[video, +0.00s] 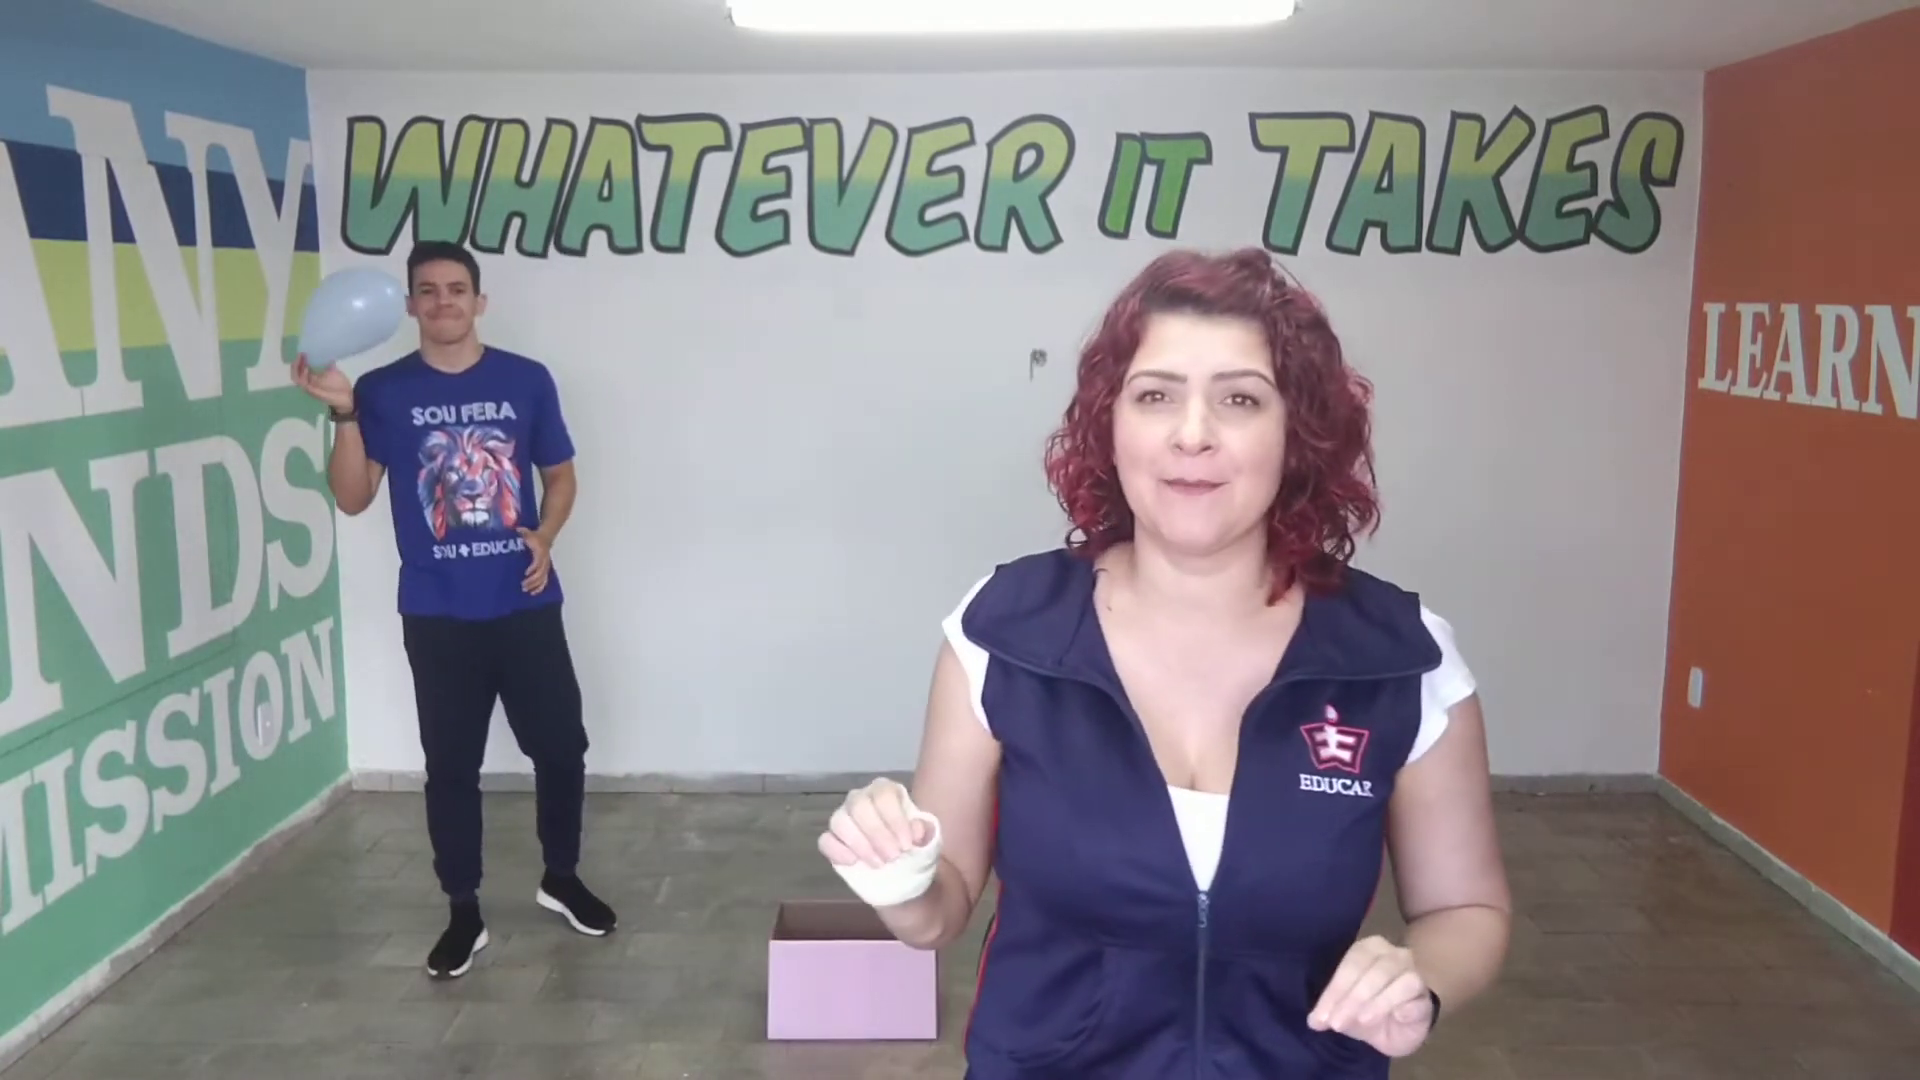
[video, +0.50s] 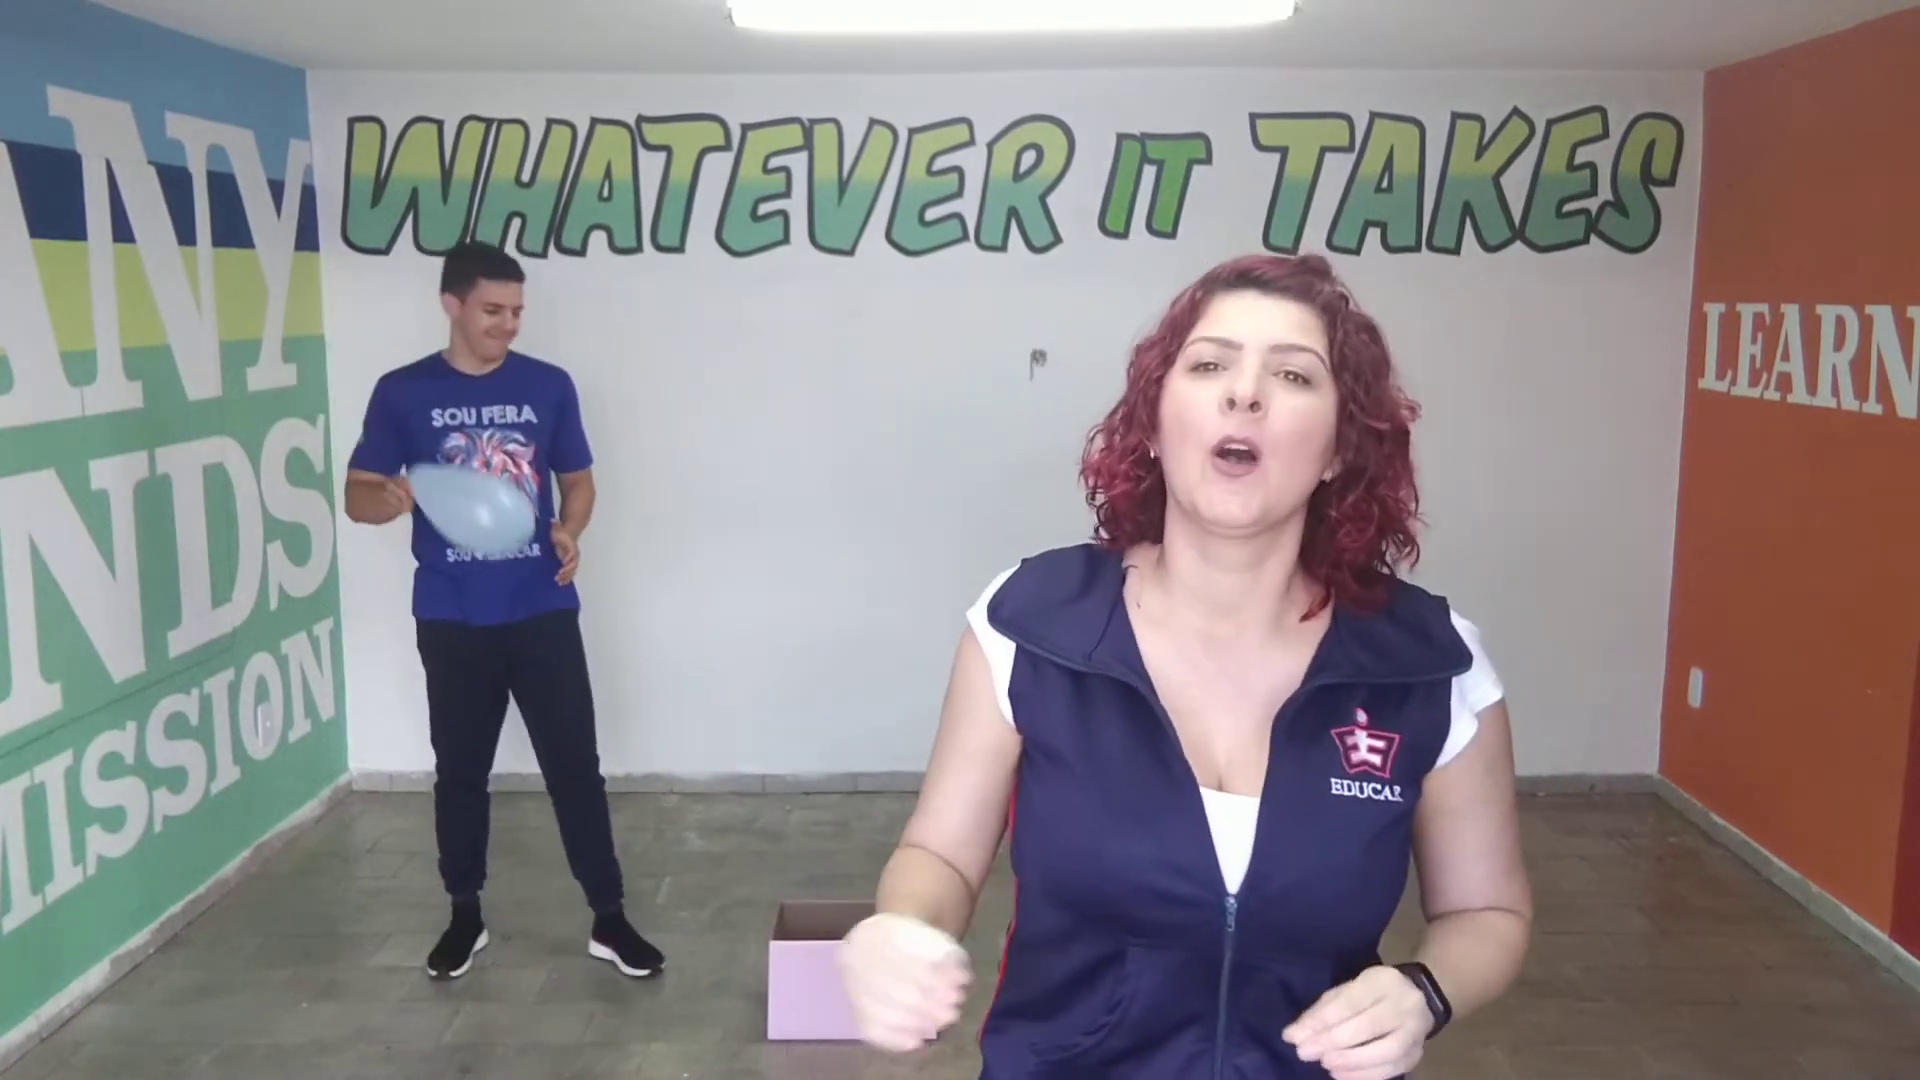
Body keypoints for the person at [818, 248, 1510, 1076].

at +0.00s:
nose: (1193, 435)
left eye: (1240, 398)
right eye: (1155, 395)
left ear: (1301, 434)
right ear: (1107, 423)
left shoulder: (1396, 654)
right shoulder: (1008, 628)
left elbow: (1464, 906)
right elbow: (935, 914)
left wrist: (1412, 974)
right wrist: (892, 869)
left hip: (1297, 1061)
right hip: (1046, 1059)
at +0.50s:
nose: (1242, 395)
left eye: (1293, 376)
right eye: (1209, 364)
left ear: (1340, 444)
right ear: (1153, 410)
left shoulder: (1425, 659)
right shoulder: (1031, 618)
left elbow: (1483, 909)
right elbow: (940, 852)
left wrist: (1424, 994)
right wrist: (896, 940)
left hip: (1306, 1064)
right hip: (1061, 1059)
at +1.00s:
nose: (1220, 409)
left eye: (1273, 385)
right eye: (1189, 376)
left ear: (1330, 438)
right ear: (1140, 413)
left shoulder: (1420, 675)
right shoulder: (1079, 613)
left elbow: (1498, 1029)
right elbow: (1045, 797)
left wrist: (1223, 1039)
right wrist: (965, 918)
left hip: (1286, 1077)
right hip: (1061, 1065)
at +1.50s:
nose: (1241, 419)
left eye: (1292, 389)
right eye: (1210, 382)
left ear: (1353, 426)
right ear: (1170, 409)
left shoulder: (1440, 664)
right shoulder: (1153, 585)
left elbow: (1503, 1017)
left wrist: (1218, 982)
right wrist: (1114, 913)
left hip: (1328, 1060)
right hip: (1133, 1054)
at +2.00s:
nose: (1333, 430)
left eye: (1380, 407)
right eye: (1304, 393)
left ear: (1429, 450)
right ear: (1253, 421)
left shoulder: (1516, 665)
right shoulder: (1223, 598)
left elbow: (1601, 967)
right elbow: (1222, 821)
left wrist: (1349, 973)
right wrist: (1126, 968)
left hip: (1434, 1060)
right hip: (1237, 1051)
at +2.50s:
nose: (1336, 434)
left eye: (1380, 399)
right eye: (1305, 400)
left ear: (1442, 430)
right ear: (1269, 428)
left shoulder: (1534, 646)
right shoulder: (1264, 586)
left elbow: (1623, 948)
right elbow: (1250, 787)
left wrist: (1408, 946)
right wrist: (1082, 838)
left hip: (1433, 1058)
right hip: (1250, 1044)